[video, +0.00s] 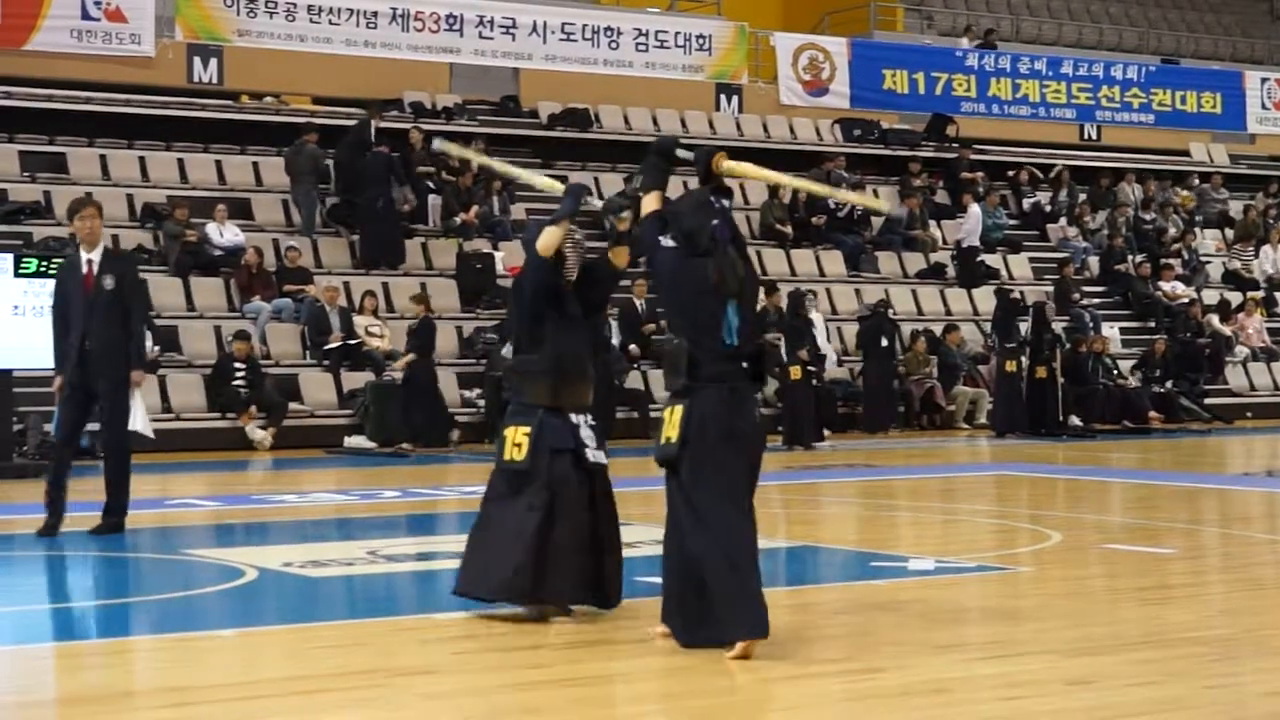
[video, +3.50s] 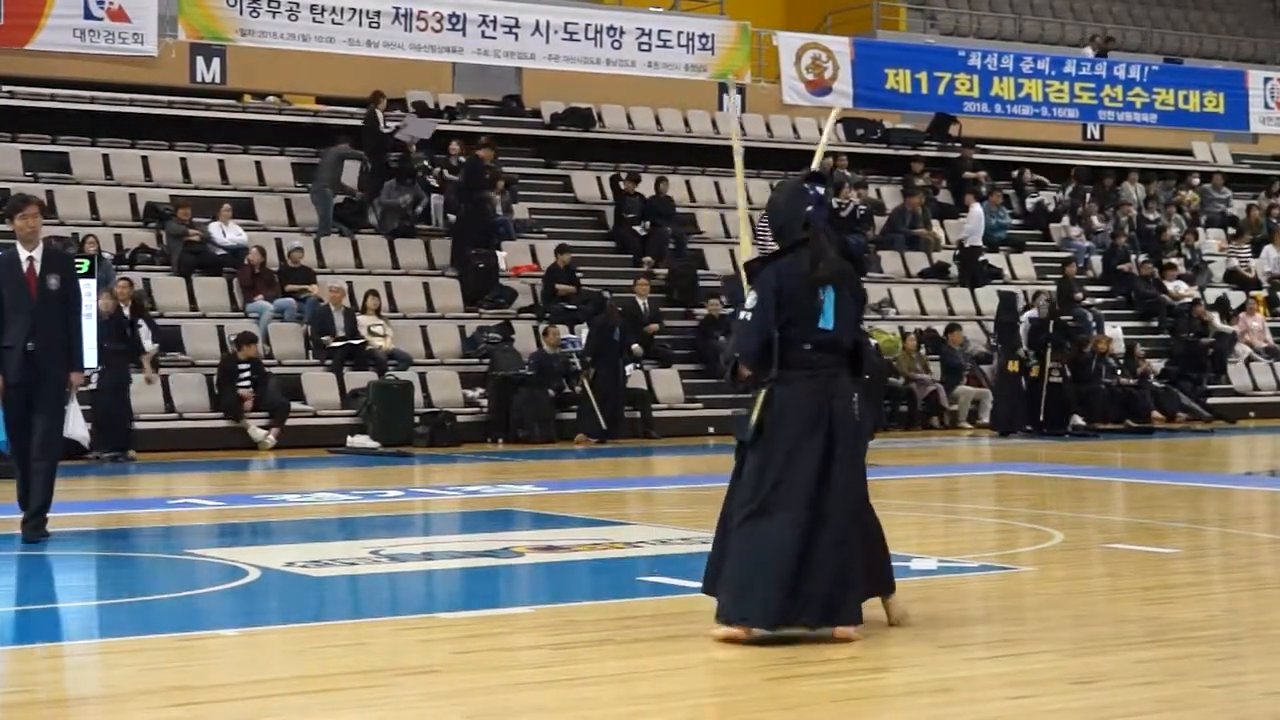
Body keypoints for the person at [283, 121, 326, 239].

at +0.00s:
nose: (316, 138)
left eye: (316, 135)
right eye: (315, 135)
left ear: (304, 134)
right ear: (310, 135)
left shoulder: (291, 150)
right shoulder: (314, 150)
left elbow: (288, 170)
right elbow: (322, 171)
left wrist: (297, 176)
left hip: (295, 187)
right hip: (309, 188)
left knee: (305, 220)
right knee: (309, 221)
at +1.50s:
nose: (327, 137)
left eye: (326, 135)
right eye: (325, 135)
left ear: (315, 135)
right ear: (322, 136)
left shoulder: (307, 148)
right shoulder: (325, 148)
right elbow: (340, 162)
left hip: (309, 185)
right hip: (321, 186)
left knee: (316, 218)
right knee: (321, 220)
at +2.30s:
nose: (332, 141)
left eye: (332, 138)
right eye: (332, 138)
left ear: (321, 137)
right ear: (329, 138)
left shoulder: (312, 149)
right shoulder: (325, 149)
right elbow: (335, 163)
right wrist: (348, 169)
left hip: (310, 188)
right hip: (320, 189)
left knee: (316, 221)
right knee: (322, 222)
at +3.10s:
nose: (345, 147)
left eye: (346, 145)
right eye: (345, 144)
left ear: (335, 142)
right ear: (343, 142)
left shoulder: (326, 152)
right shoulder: (336, 149)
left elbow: (334, 183)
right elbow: (352, 153)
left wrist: (353, 190)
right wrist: (363, 158)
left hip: (316, 191)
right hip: (323, 191)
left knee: (324, 225)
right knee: (324, 226)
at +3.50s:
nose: (348, 150)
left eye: (348, 148)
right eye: (347, 147)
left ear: (337, 144)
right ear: (345, 145)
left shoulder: (329, 154)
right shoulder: (338, 151)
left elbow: (335, 184)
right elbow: (361, 154)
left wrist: (354, 193)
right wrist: (365, 161)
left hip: (317, 190)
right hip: (324, 190)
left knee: (325, 225)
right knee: (325, 226)